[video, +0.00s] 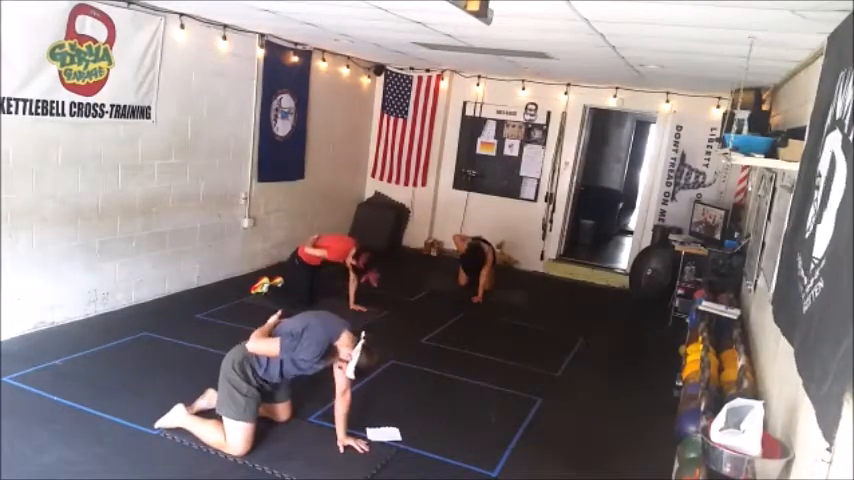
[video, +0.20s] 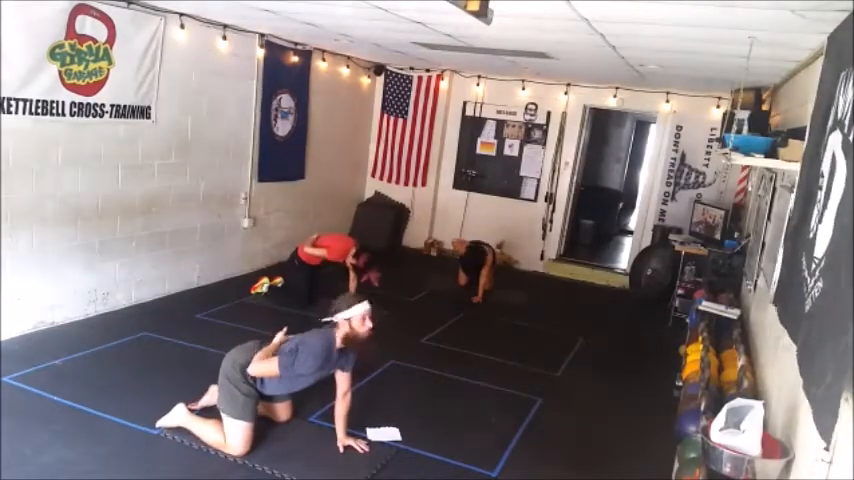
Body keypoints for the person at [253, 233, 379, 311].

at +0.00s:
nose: (351, 267)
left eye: (354, 267)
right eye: (353, 264)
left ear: (361, 256)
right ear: (356, 258)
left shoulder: (354, 251)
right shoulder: (337, 253)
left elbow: (353, 278)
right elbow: (305, 250)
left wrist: (352, 303)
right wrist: (312, 239)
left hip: (313, 263)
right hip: (301, 262)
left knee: (309, 300)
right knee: (301, 302)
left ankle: (278, 284)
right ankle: (269, 287)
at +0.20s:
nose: (352, 267)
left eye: (356, 267)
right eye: (354, 264)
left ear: (360, 255)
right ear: (356, 256)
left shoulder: (352, 249)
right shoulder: (337, 253)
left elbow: (353, 275)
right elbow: (306, 249)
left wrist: (351, 297)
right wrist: (313, 239)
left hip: (313, 262)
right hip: (300, 262)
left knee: (310, 297)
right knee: (301, 300)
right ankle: (270, 287)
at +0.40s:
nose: (364, 264)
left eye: (366, 261)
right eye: (364, 260)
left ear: (365, 256)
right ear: (359, 254)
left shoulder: (354, 254)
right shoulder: (340, 257)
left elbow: (353, 279)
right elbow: (307, 256)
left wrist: (352, 303)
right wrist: (312, 248)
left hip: (309, 264)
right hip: (297, 263)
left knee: (310, 299)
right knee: (301, 302)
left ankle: (279, 284)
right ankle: (269, 288)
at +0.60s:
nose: (368, 250)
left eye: (369, 247)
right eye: (365, 247)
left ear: (357, 246)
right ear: (356, 246)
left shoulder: (352, 256)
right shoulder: (341, 259)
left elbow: (352, 279)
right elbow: (308, 261)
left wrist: (351, 303)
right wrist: (315, 251)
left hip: (301, 252)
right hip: (295, 262)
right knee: (301, 298)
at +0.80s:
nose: (359, 270)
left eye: (362, 270)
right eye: (363, 268)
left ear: (365, 256)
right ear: (363, 258)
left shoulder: (352, 253)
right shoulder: (338, 255)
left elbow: (352, 279)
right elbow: (304, 253)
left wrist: (352, 303)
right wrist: (310, 241)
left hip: (308, 262)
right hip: (296, 261)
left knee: (310, 295)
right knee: (301, 299)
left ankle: (279, 284)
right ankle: (269, 288)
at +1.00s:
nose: (346, 266)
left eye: (349, 266)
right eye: (348, 264)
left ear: (357, 256)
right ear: (351, 257)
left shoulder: (352, 249)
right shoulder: (335, 252)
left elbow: (352, 278)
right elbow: (304, 251)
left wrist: (352, 303)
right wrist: (310, 239)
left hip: (313, 262)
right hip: (299, 261)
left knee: (311, 295)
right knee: (299, 298)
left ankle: (281, 283)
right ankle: (269, 288)